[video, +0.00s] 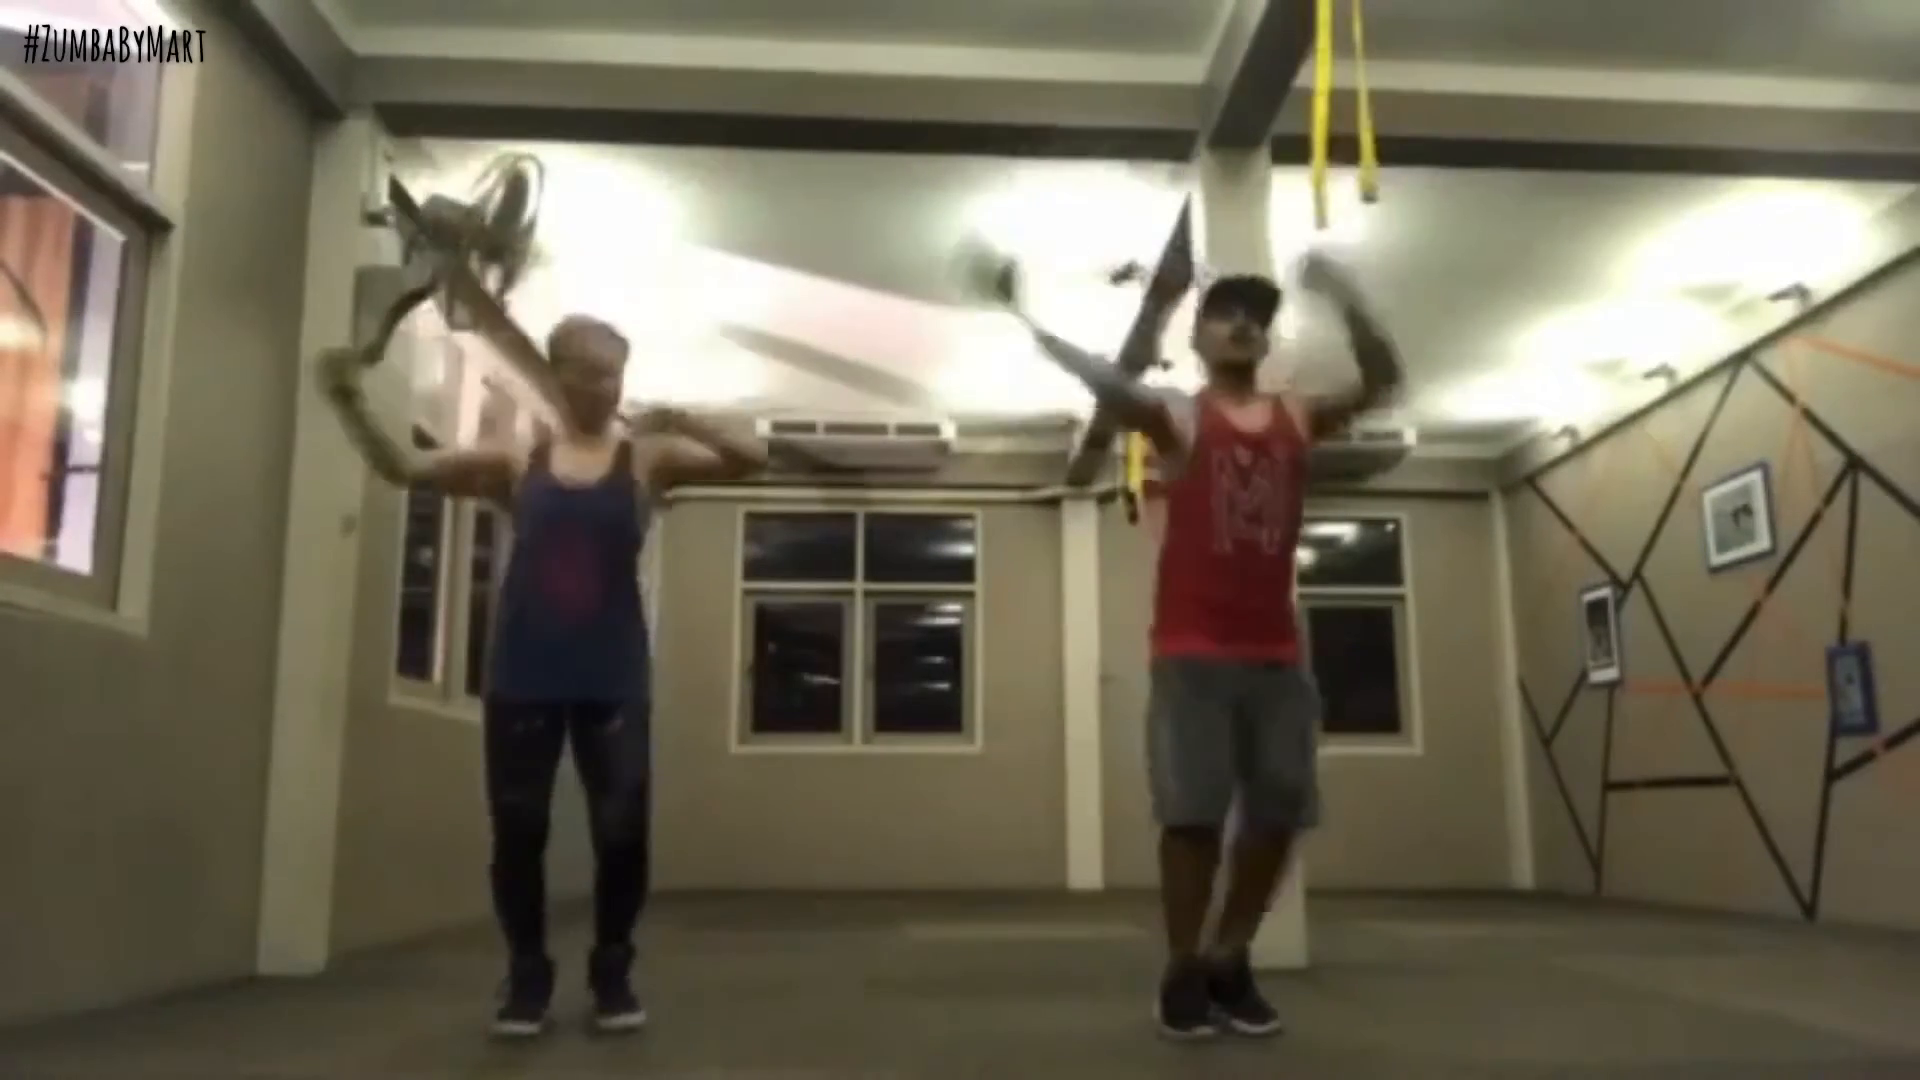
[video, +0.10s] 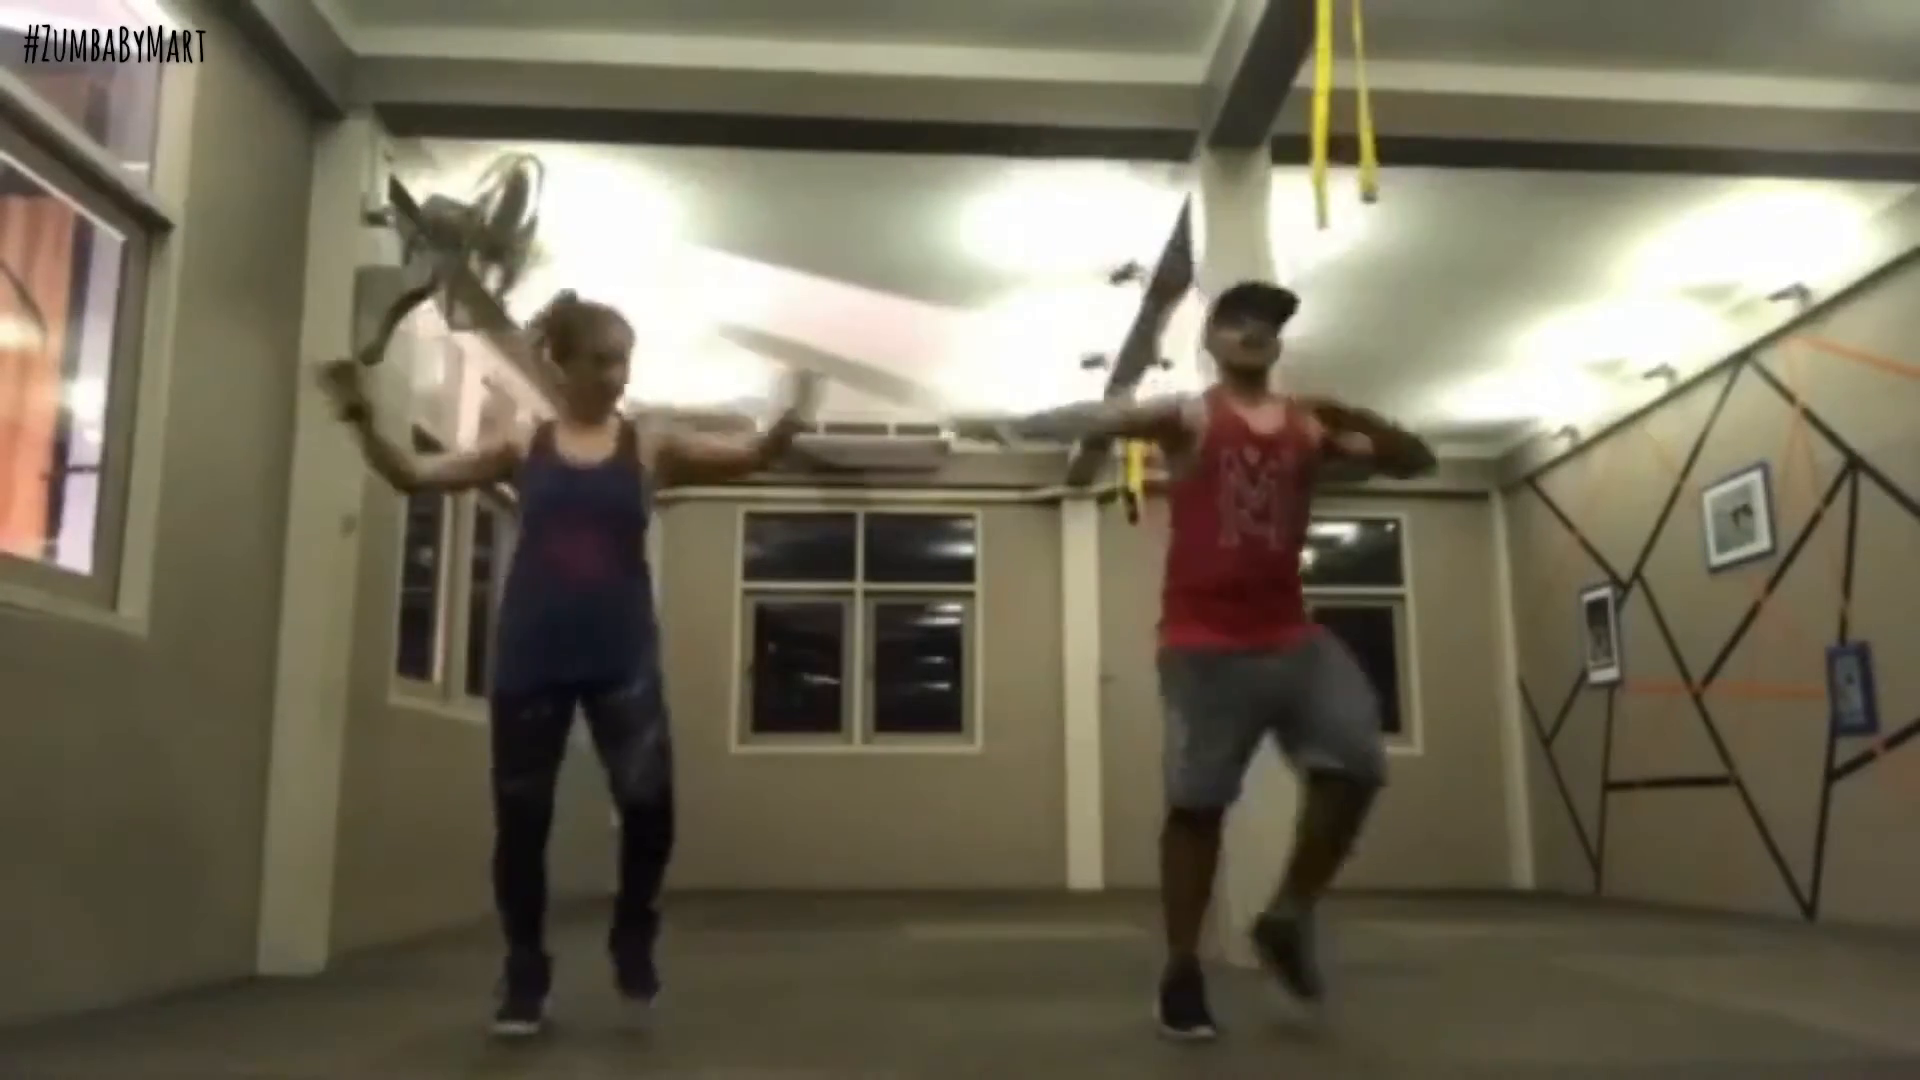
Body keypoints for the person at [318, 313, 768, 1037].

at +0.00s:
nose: (597, 388)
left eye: (609, 374)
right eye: (583, 372)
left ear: (623, 379)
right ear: (552, 376)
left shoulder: (646, 460)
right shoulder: (515, 462)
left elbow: (750, 463)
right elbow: (406, 468)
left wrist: (683, 424)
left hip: (612, 681)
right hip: (523, 679)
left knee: (623, 833)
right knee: (517, 837)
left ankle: (613, 981)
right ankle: (527, 985)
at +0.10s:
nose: (617, 376)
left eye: (623, 361)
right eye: (603, 362)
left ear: (628, 365)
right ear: (563, 367)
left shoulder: (645, 443)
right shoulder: (525, 445)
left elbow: (745, 459)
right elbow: (414, 476)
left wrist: (781, 427)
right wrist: (360, 420)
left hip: (621, 656)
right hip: (531, 656)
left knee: (650, 804)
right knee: (521, 821)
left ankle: (634, 940)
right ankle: (524, 980)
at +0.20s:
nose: (619, 348)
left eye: (626, 334)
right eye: (605, 334)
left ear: (634, 341)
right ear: (571, 339)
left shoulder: (648, 421)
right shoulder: (537, 418)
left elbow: (762, 444)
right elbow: (465, 475)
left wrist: (864, 432)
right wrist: (401, 429)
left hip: (634, 628)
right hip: (550, 631)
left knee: (661, 779)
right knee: (532, 800)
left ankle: (679, 948)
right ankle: (524, 975)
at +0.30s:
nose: (619, 341)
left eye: (631, 329)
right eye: (605, 327)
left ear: (643, 336)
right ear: (578, 331)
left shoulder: (657, 425)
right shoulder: (538, 417)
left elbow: (743, 451)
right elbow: (514, 492)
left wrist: (819, 475)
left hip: (646, 626)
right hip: (563, 628)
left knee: (667, 783)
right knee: (539, 800)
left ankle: (722, 965)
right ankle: (549, 965)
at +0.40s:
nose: (635, 361)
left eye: (646, 348)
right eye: (621, 346)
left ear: (658, 355)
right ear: (590, 351)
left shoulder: (672, 441)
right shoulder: (560, 433)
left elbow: (729, 483)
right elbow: (567, 516)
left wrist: (791, 503)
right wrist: (659, 486)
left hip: (661, 649)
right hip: (581, 649)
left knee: (679, 808)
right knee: (551, 819)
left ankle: (735, 982)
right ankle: (560, 975)